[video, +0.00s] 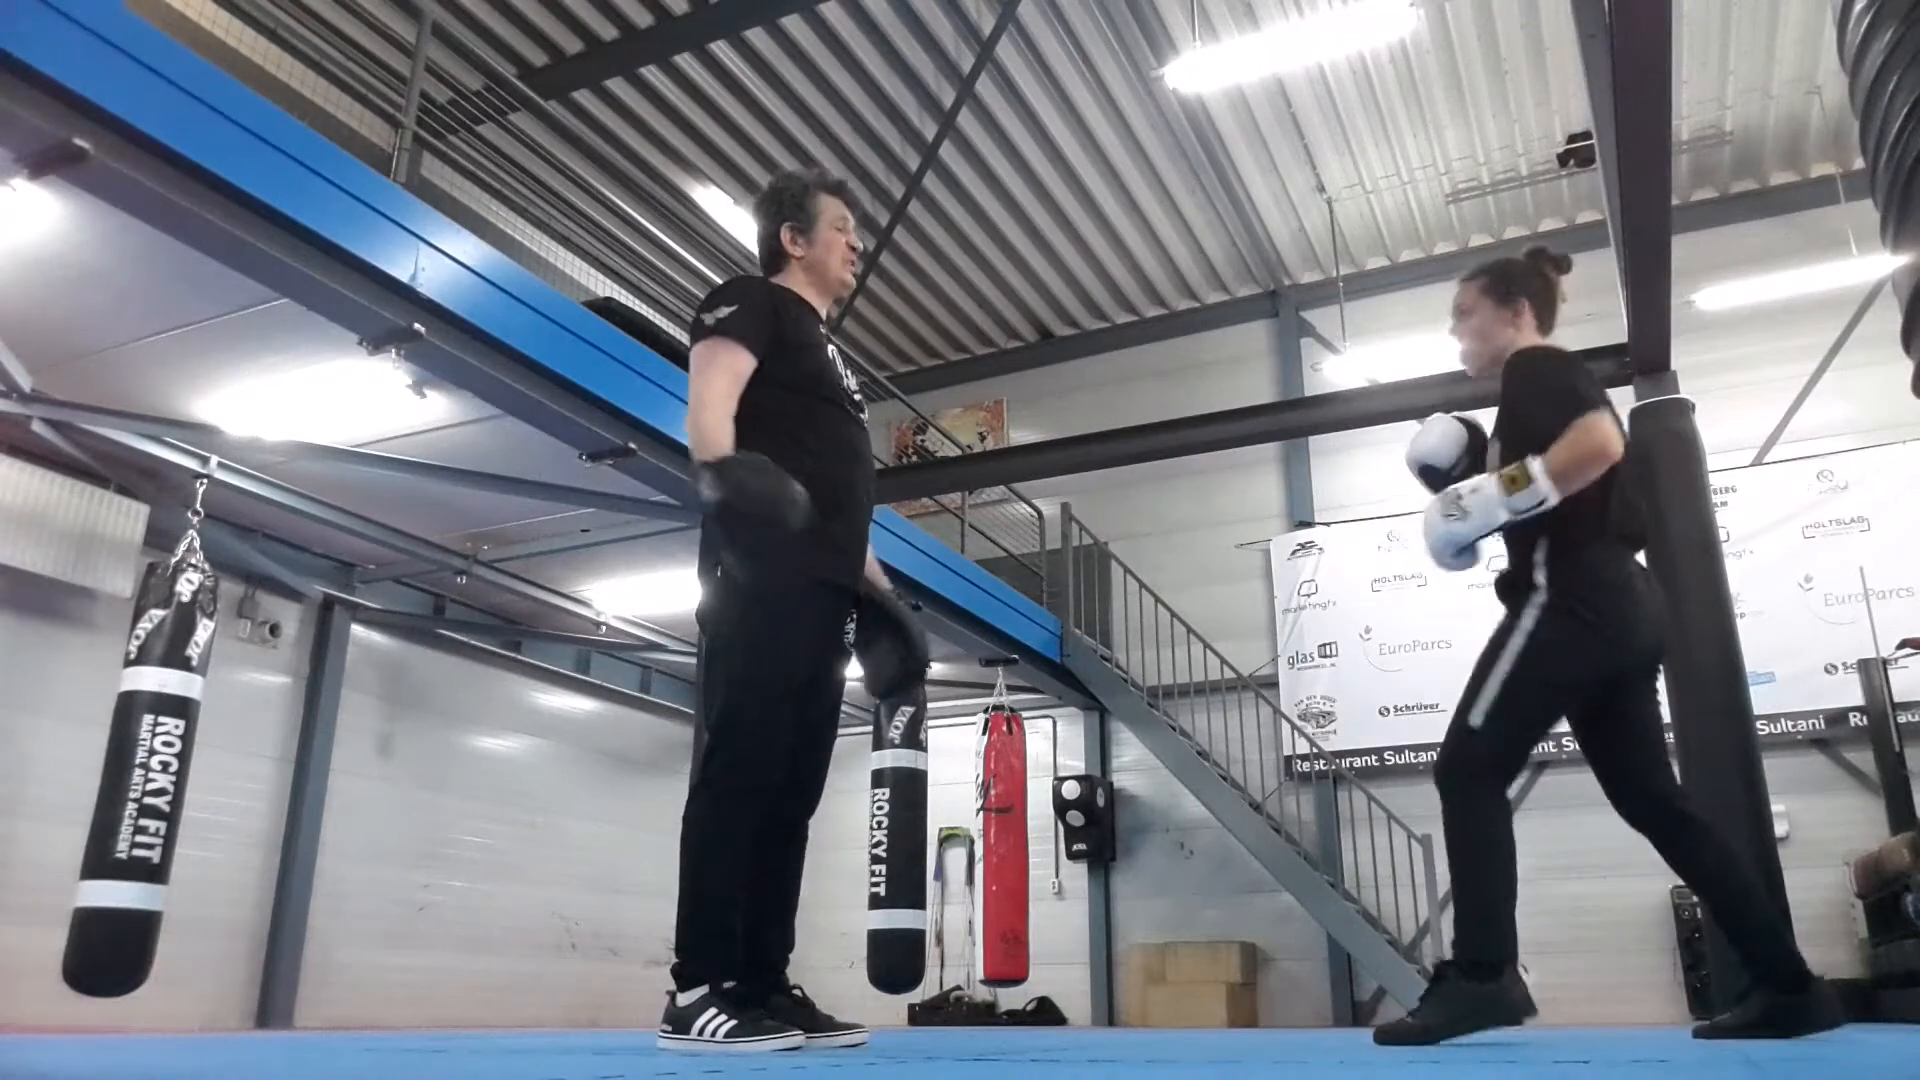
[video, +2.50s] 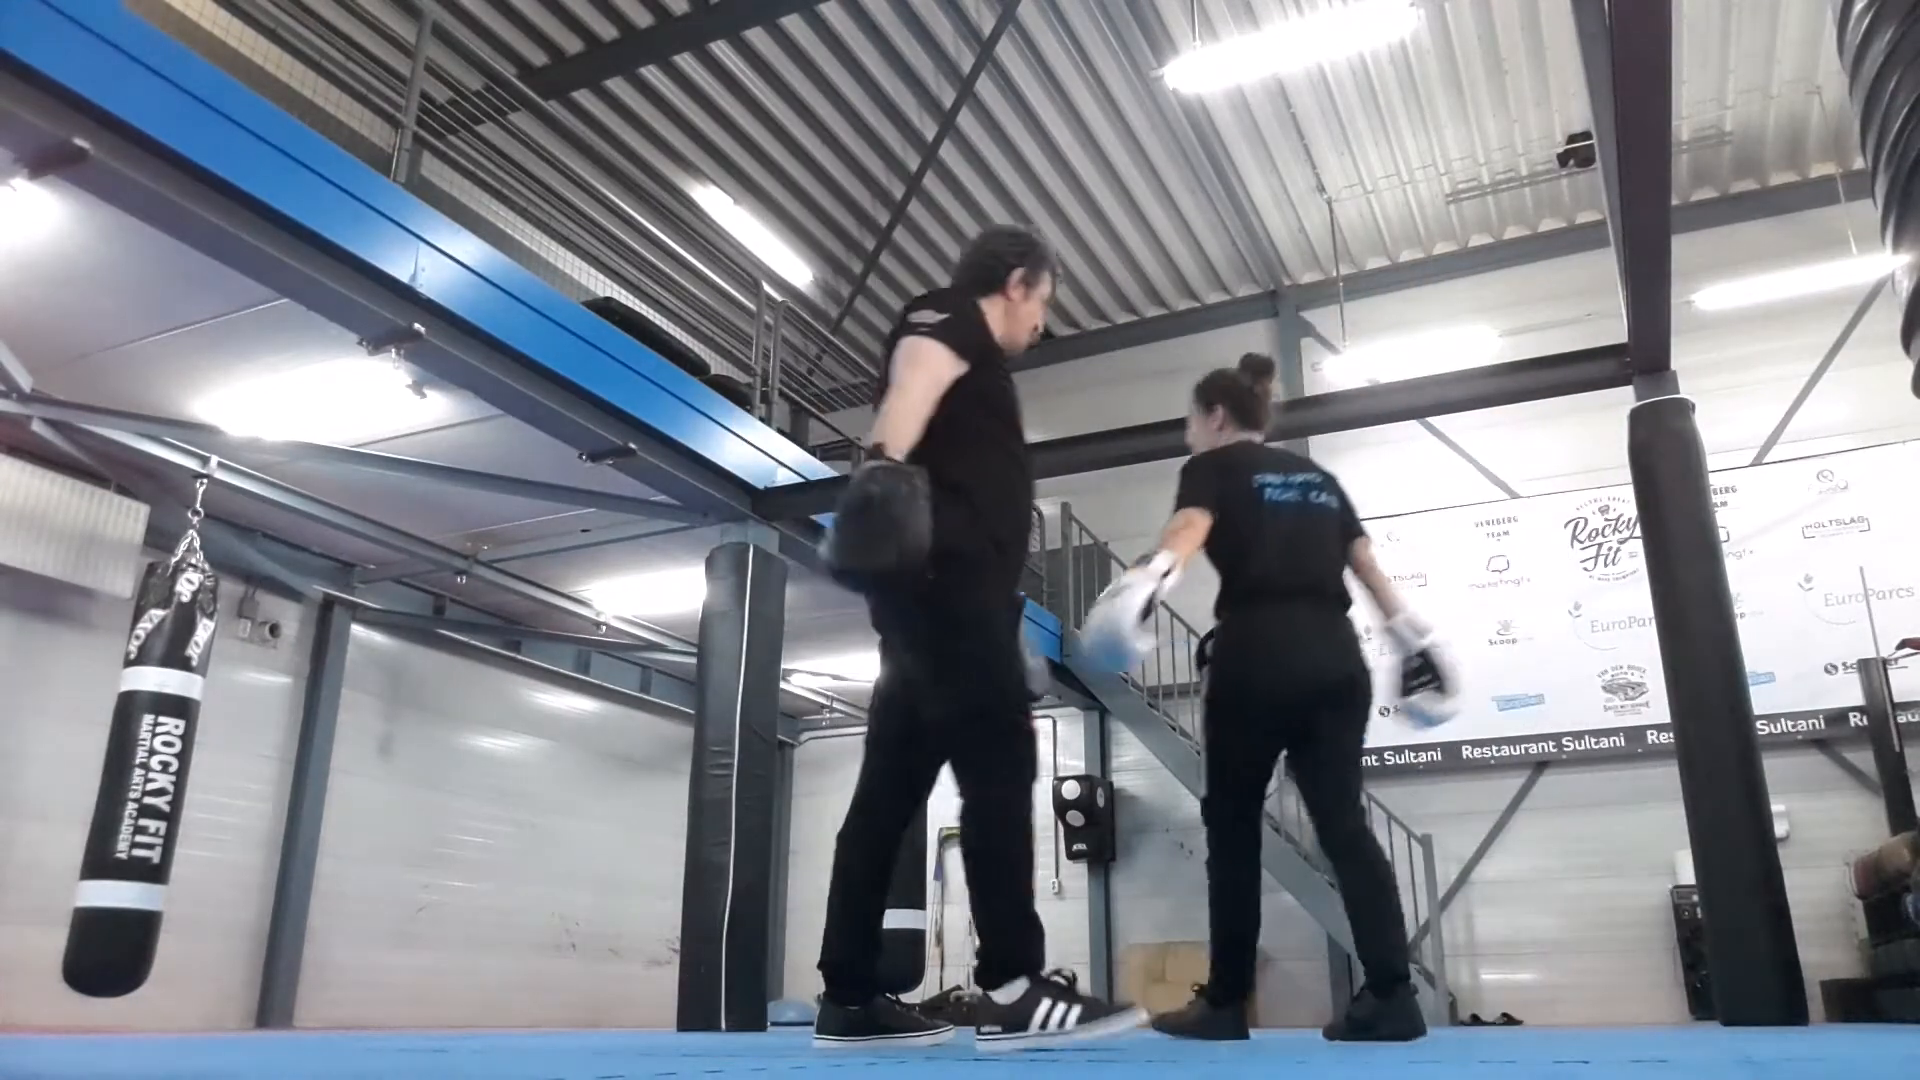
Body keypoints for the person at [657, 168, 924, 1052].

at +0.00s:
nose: (860, 248)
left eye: (859, 236)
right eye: (845, 231)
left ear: (824, 249)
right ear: (793, 238)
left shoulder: (825, 354)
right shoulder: (753, 299)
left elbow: (837, 503)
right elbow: (709, 401)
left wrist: (880, 597)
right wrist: (729, 479)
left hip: (820, 589)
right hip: (763, 571)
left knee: (792, 789)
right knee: (741, 772)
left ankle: (763, 987)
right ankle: (701, 993)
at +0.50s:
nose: (882, 246)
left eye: (882, 230)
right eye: (876, 228)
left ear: (832, 230)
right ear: (841, 226)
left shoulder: (828, 338)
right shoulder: (770, 293)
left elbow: (818, 475)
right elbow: (689, 368)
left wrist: (852, 592)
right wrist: (608, 443)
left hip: (820, 586)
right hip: (759, 571)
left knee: (840, 762)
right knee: (736, 763)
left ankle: (793, 982)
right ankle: (701, 992)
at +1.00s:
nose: (877, 268)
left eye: (868, 257)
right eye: (875, 254)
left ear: (786, 268)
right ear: (864, 255)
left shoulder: (761, 354)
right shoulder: (863, 315)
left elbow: (806, 458)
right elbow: (977, 421)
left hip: (801, 587)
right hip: (836, 585)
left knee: (847, 787)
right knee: (774, 775)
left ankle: (853, 998)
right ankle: (705, 996)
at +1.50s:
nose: (932, 281)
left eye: (924, 269)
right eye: (923, 267)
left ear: (843, 288)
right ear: (911, 271)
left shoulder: (808, 378)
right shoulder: (912, 311)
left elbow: (794, 516)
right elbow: (1006, 248)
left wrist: (782, 612)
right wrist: (965, 183)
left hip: (842, 579)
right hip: (896, 573)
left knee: (858, 788)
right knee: (829, 775)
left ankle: (853, 995)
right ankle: (723, 970)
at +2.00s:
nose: (948, 311)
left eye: (948, 298)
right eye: (943, 295)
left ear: (882, 293)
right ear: (907, 287)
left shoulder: (857, 356)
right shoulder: (894, 329)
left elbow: (904, 475)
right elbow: (941, 423)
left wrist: (972, 439)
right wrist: (1024, 523)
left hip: (864, 582)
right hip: (887, 580)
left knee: (860, 787)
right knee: (884, 773)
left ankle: (849, 995)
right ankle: (752, 946)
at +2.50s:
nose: (1043, 322)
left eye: (1047, 309)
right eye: (1044, 304)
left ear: (1001, 285)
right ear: (1013, 284)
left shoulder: (975, 351)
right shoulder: (948, 319)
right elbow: (908, 400)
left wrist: (992, 583)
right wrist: (881, 481)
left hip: (942, 597)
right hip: (952, 594)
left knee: (887, 793)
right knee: (1001, 778)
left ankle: (851, 994)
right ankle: (1012, 981)